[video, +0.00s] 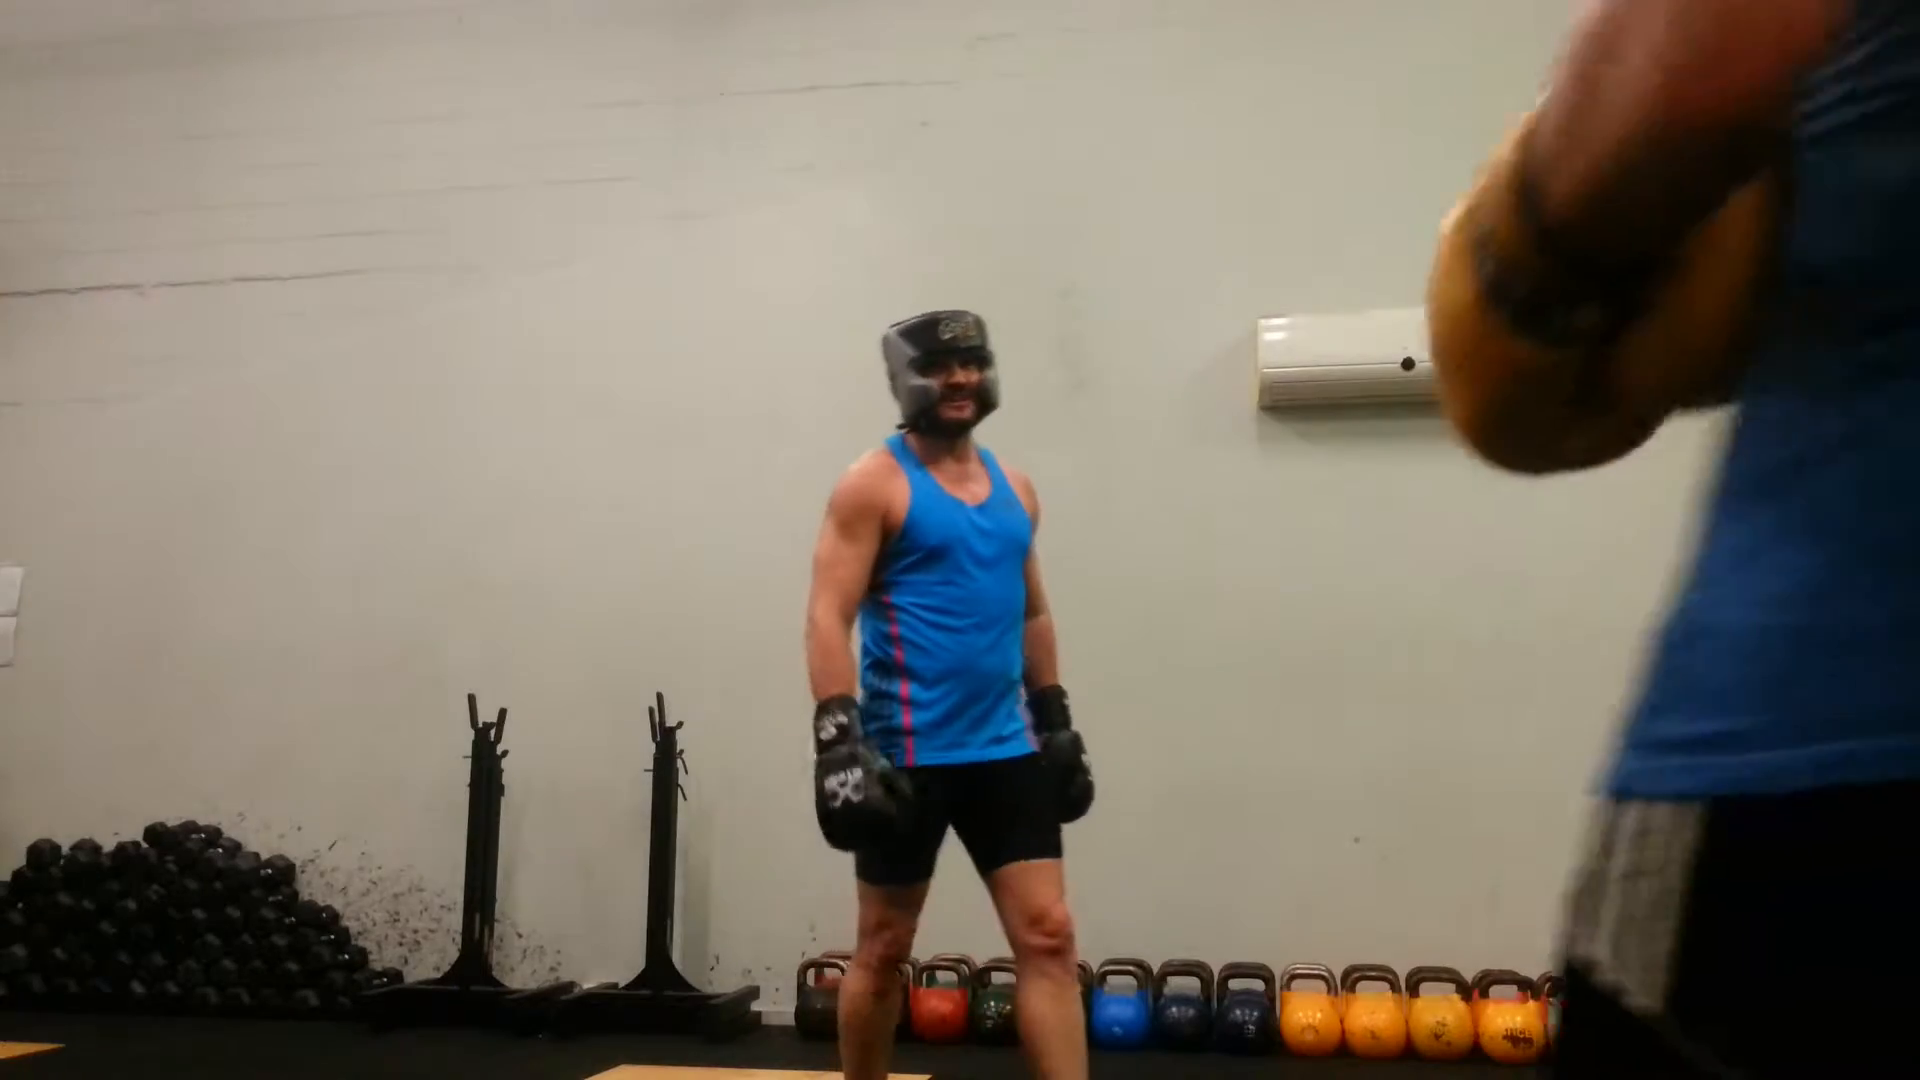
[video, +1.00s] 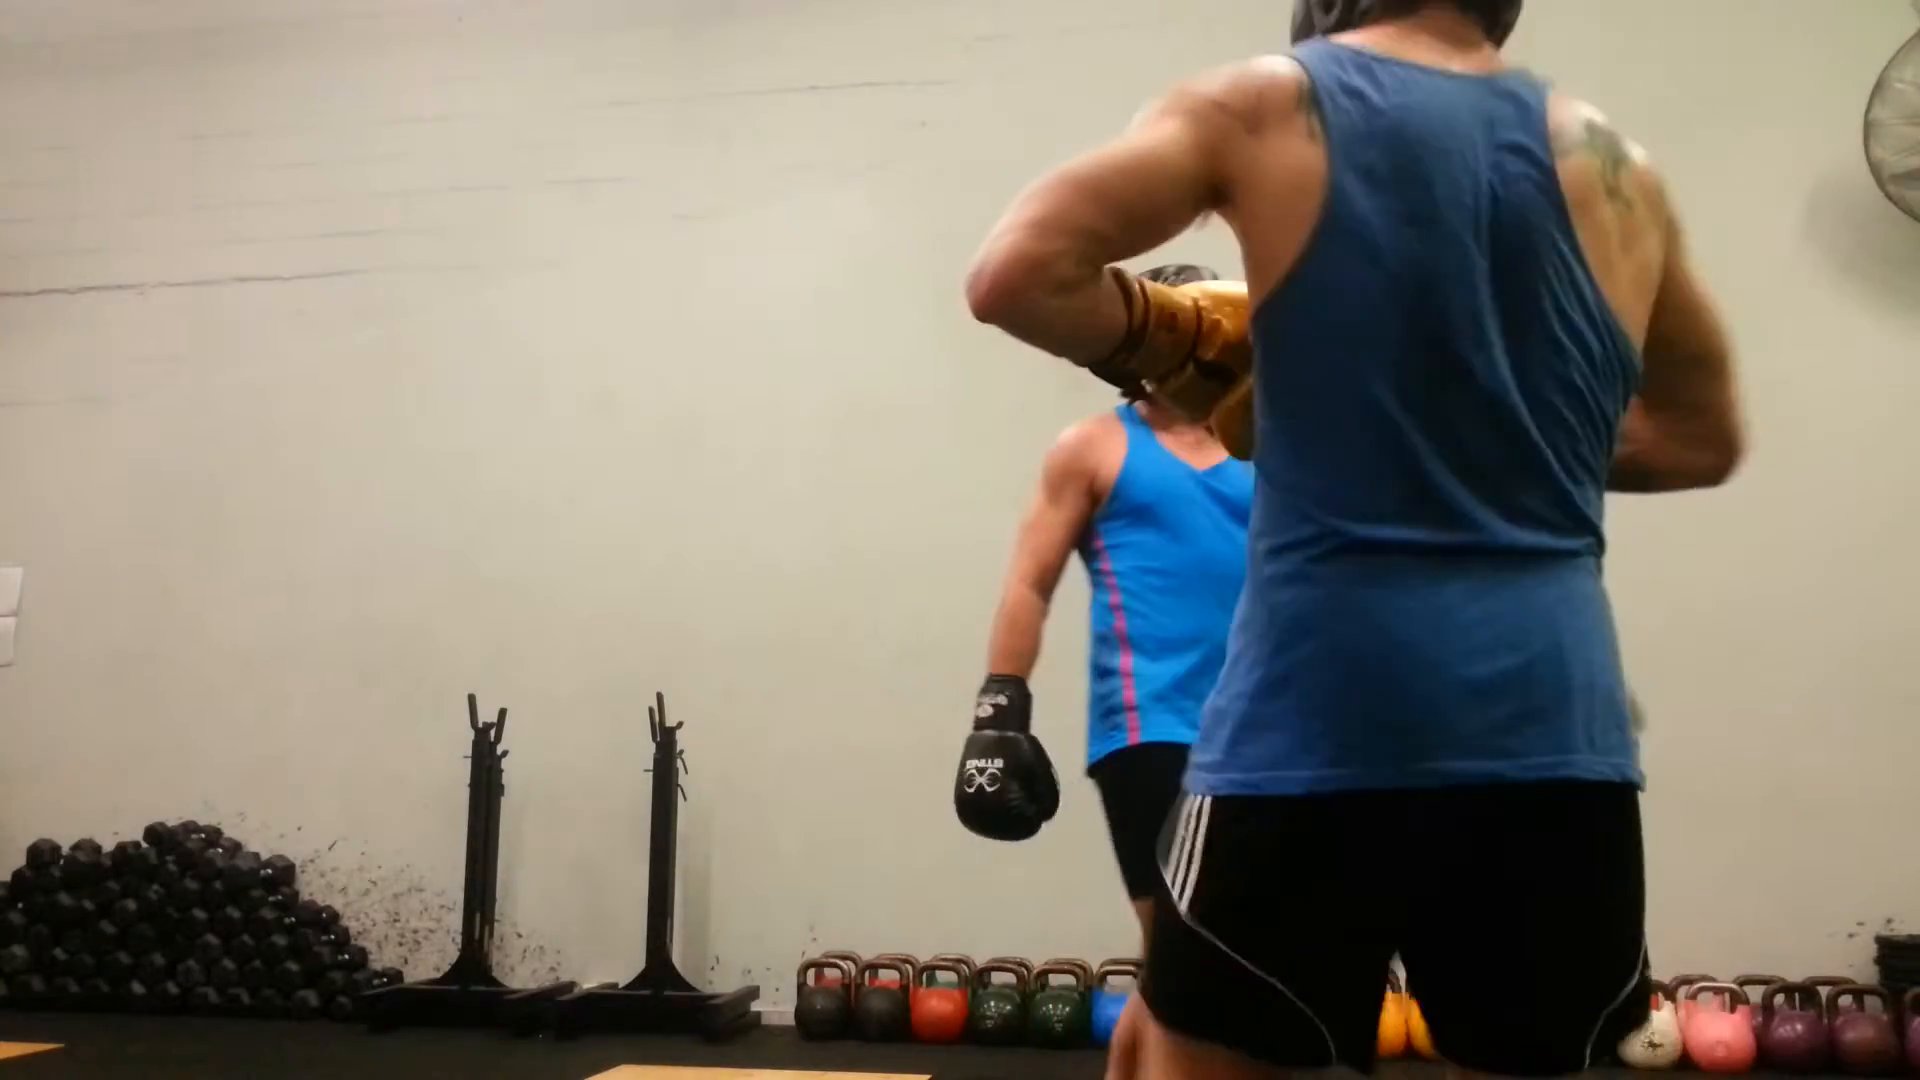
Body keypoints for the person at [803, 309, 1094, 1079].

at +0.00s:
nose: (963, 380)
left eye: (974, 365)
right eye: (942, 368)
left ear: (990, 377)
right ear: (905, 382)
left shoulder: (1012, 487)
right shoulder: (872, 486)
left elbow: (1034, 614)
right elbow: (829, 616)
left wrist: (1054, 727)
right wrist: (838, 745)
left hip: (1005, 751)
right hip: (903, 758)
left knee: (1048, 936)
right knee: (883, 948)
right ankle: (861, 1079)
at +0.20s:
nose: (1014, 364)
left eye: (1027, 350)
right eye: (994, 350)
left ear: (1047, 368)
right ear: (961, 365)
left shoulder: (1072, 487)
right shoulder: (921, 474)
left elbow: (1092, 618)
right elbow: (870, 606)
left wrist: (1111, 735)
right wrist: (847, 736)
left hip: (1061, 750)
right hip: (954, 754)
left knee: (1074, 949)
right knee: (924, 951)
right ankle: (879, 1077)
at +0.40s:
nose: (1068, 353)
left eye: (1082, 340)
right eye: (1048, 341)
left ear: (1104, 358)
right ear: (1018, 358)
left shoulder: (1136, 486)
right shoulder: (976, 466)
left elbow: (1171, 622)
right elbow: (910, 592)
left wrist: (1203, 746)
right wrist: (873, 719)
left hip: (1118, 748)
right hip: (1014, 747)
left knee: (1108, 950)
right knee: (1004, 954)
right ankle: (923, 1068)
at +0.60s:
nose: (1099, 379)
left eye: (1115, 366)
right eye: (1087, 365)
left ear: (1138, 376)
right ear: (1061, 372)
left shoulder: (1188, 478)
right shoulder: (1016, 453)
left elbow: (1231, 617)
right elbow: (946, 578)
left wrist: (1283, 713)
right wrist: (925, 696)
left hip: (1149, 730)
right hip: (1050, 721)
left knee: (1124, 952)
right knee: (1085, 936)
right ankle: (1040, 1074)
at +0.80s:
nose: (1152, 357)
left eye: (1167, 338)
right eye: (1134, 337)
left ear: (1188, 349)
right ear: (1103, 350)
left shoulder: (1218, 461)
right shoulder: (1058, 448)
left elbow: (1261, 596)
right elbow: (984, 578)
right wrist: (974, 699)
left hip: (1194, 732)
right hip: (1092, 728)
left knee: (1139, 959)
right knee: (1151, 952)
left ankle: (1097, 1072)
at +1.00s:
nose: (1201, 356)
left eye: (1213, 338)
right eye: (1184, 338)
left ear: (1230, 348)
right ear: (1147, 353)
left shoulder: (1250, 454)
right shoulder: (1097, 448)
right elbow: (1030, 584)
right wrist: (1001, 717)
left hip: (1254, 728)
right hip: (1148, 735)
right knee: (1180, 956)